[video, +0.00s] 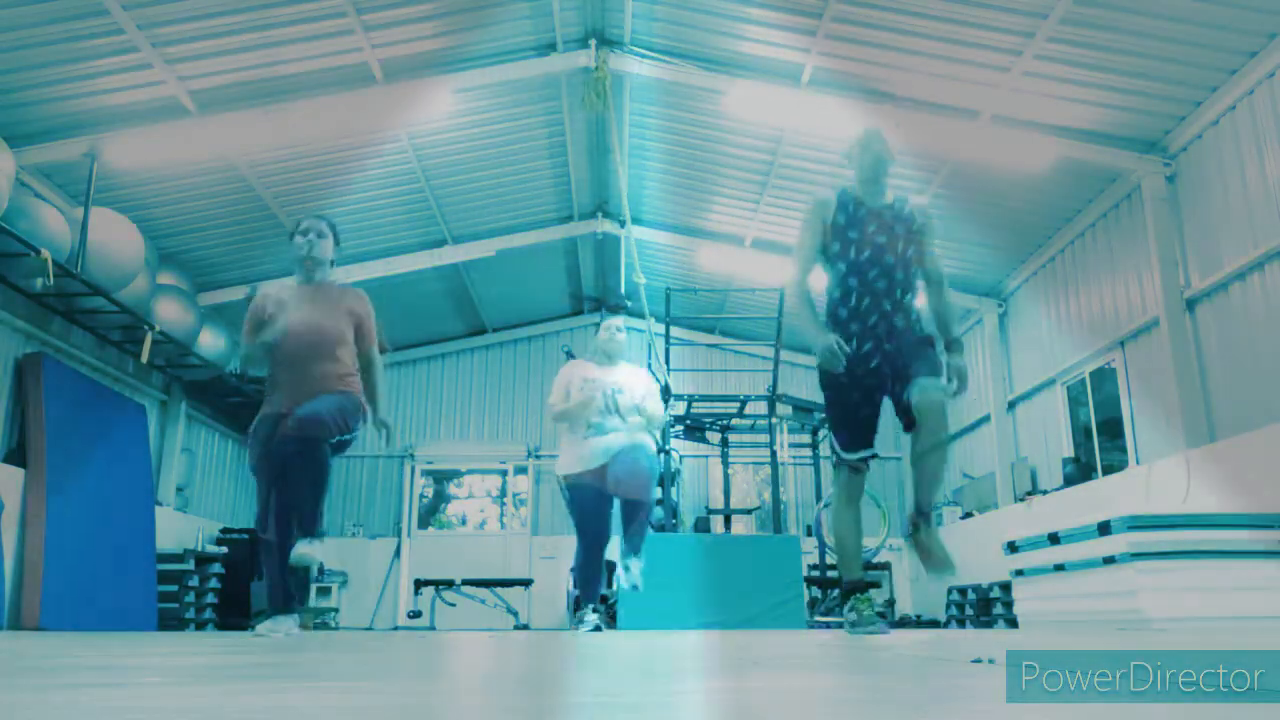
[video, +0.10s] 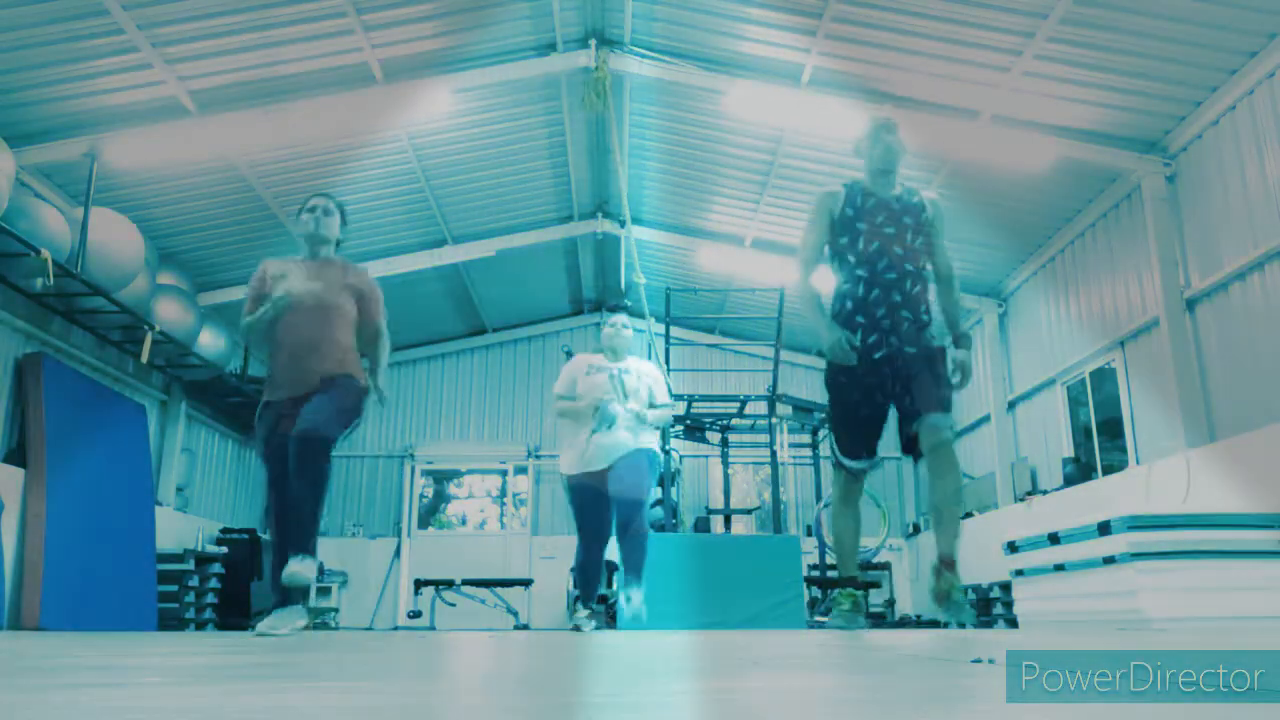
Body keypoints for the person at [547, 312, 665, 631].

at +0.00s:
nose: (616, 335)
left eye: (621, 330)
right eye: (610, 330)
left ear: (627, 338)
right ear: (597, 336)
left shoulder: (639, 375)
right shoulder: (574, 369)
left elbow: (659, 418)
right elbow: (554, 413)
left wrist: (637, 413)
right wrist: (582, 405)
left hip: (630, 460)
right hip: (582, 463)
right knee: (591, 538)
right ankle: (587, 609)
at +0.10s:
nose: (617, 331)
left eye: (624, 327)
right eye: (612, 326)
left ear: (633, 335)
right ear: (601, 333)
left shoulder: (649, 370)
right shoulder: (580, 364)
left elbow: (667, 412)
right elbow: (557, 405)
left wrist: (647, 415)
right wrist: (588, 408)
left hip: (634, 456)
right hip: (586, 460)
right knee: (592, 534)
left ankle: (634, 596)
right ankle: (585, 606)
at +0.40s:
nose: (635, 328)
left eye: (642, 325)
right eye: (630, 325)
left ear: (653, 335)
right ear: (620, 333)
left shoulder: (666, 368)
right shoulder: (600, 362)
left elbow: (683, 413)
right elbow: (579, 406)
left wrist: (665, 412)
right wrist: (610, 399)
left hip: (647, 462)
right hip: (598, 458)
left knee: (635, 532)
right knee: (592, 517)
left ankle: (631, 606)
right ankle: (584, 579)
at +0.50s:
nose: (642, 325)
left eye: (648, 321)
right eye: (636, 321)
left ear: (657, 331)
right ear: (624, 328)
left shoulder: (672, 363)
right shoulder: (604, 357)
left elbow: (689, 410)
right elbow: (582, 401)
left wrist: (671, 412)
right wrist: (614, 399)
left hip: (655, 447)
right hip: (608, 439)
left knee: (642, 527)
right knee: (599, 483)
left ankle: (637, 604)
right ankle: (594, 543)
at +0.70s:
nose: (650, 338)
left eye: (656, 333)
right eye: (645, 333)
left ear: (665, 340)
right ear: (635, 338)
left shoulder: (677, 378)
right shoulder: (618, 371)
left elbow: (695, 427)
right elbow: (597, 408)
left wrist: (677, 405)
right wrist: (623, 393)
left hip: (658, 455)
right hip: (614, 444)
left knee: (646, 533)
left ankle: (638, 604)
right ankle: (634, 536)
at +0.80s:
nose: (656, 329)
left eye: (661, 324)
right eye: (650, 324)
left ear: (669, 332)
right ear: (640, 333)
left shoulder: (687, 369)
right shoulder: (622, 362)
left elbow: (703, 415)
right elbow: (595, 401)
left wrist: (678, 411)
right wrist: (625, 397)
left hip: (664, 456)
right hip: (618, 445)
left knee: (644, 526)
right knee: (651, 485)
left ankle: (631, 605)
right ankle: (656, 568)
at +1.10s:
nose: (667, 337)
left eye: (672, 332)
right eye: (660, 333)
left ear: (679, 341)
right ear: (649, 341)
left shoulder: (695, 376)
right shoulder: (635, 375)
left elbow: (715, 422)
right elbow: (619, 419)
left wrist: (699, 414)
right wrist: (653, 409)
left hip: (689, 468)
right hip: (645, 466)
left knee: (688, 533)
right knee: (670, 526)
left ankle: (630, 593)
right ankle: (664, 610)